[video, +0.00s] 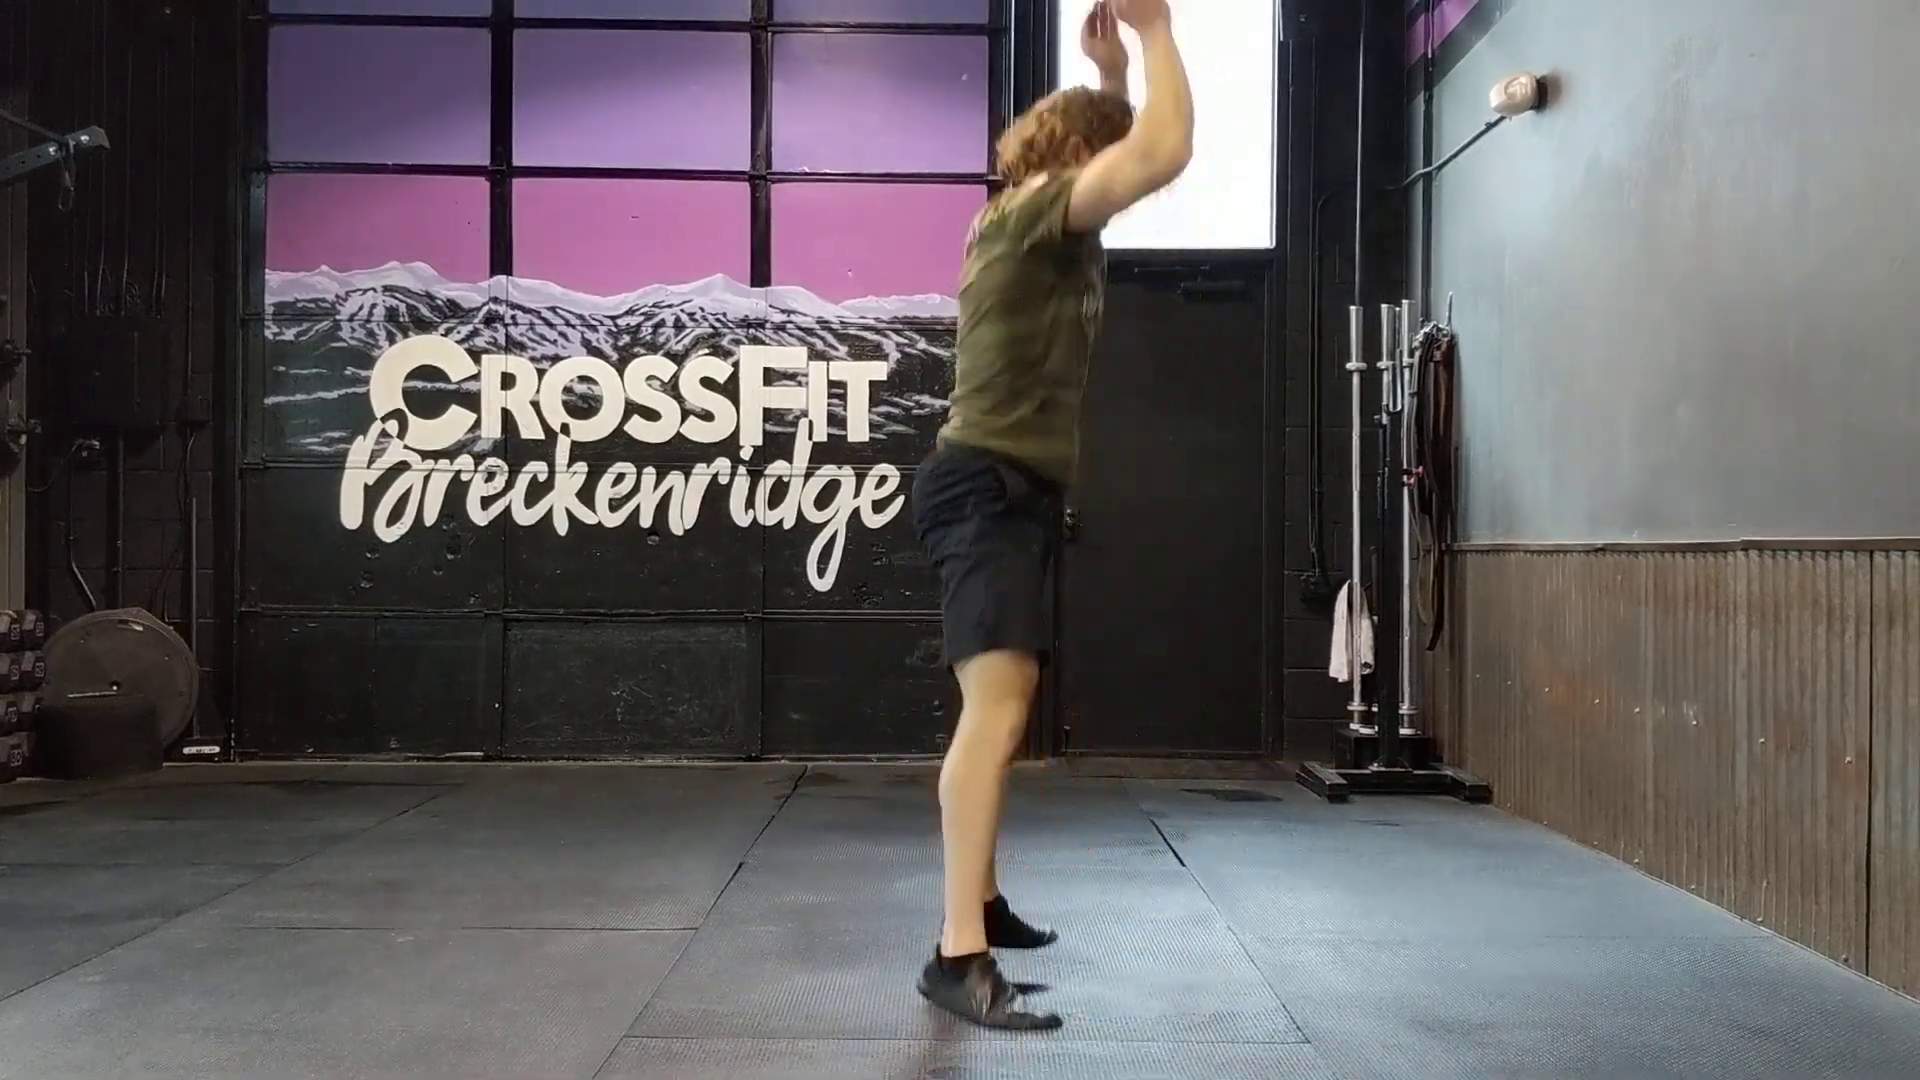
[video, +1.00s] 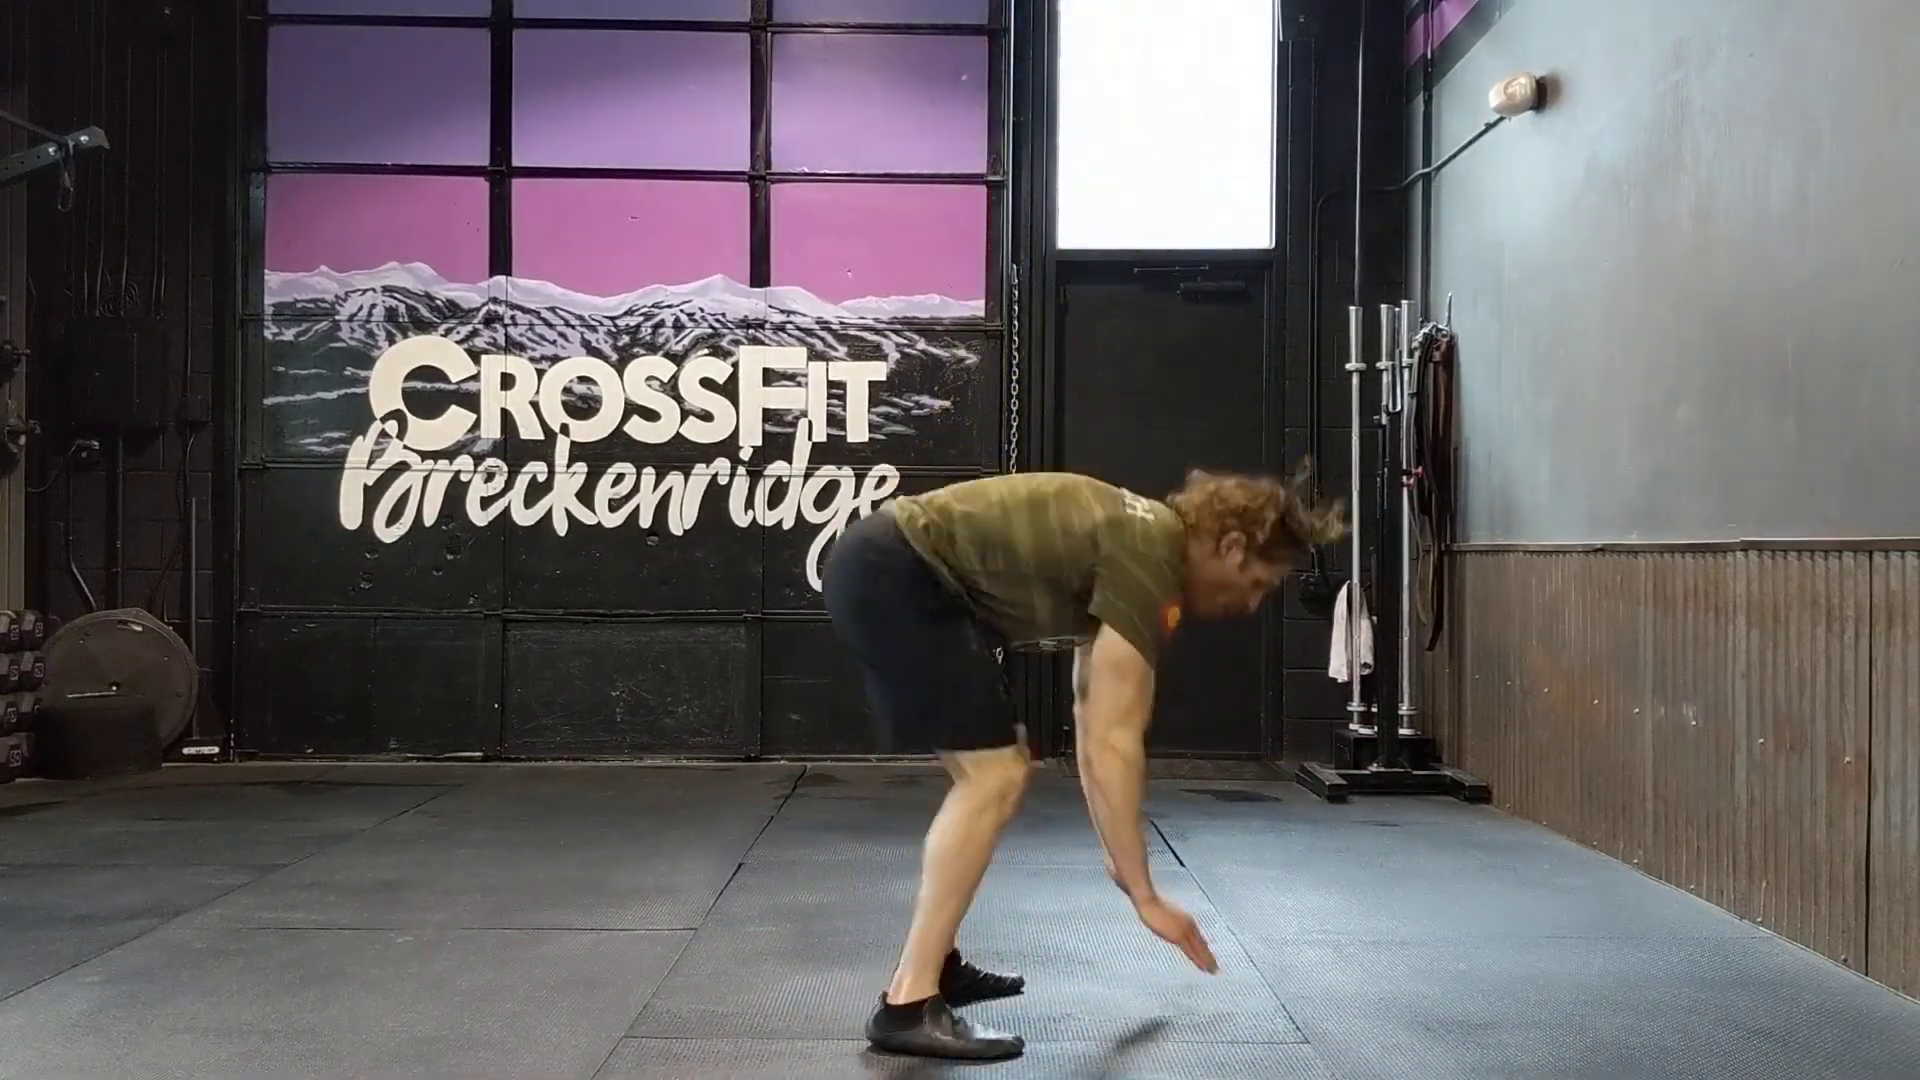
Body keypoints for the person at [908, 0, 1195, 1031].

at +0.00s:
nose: (1116, 181)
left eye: (1119, 162)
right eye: (1112, 161)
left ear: (1049, 150)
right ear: (1074, 156)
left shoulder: (1032, 219)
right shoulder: (1030, 216)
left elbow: (1099, 145)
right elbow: (1160, 152)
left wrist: (1110, 66)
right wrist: (1158, 30)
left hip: (1011, 490)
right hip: (985, 486)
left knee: (996, 709)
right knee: (994, 713)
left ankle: (974, 897)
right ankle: (957, 954)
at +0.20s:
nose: (1119, 77)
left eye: (1120, 58)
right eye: (1105, 57)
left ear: (1082, 68)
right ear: (1055, 61)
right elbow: (1094, 12)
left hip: (1032, 421)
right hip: (1000, 416)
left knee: (996, 649)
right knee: (988, 646)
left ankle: (946, 856)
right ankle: (933, 889)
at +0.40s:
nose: (1107, 210)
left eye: (1107, 190)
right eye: (1093, 191)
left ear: (1033, 171)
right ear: (1056, 185)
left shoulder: (1028, 262)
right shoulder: (1009, 258)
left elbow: (1073, 168)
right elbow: (1073, 170)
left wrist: (1099, 77)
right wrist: (1103, 70)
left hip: (1011, 533)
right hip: (991, 535)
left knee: (1014, 759)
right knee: (1014, 763)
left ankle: (940, 955)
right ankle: (911, 995)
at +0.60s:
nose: (1175, 271)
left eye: (1181, 253)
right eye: (1174, 248)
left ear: (1125, 225)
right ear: (1128, 223)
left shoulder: (1073, 301)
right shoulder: (1055, 293)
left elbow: (1032, 450)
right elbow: (1027, 442)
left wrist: (1081, 550)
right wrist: (1113, 562)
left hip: (975, 540)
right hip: (951, 533)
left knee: (982, 757)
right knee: (982, 759)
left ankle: (930, 955)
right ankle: (909, 997)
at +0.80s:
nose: (1245, 432)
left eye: (1255, 416)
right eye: (1248, 411)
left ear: (1208, 377)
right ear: (1210, 377)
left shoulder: (1122, 406)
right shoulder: (1115, 401)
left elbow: (1039, 574)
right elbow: (1040, 569)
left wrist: (1051, 706)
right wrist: (1073, 718)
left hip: (921, 550)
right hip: (906, 546)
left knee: (981, 765)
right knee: (981, 770)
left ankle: (929, 964)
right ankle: (906, 1002)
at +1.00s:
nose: (1254, 606)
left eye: (1266, 593)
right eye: (1261, 586)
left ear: (1224, 541)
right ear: (1228, 546)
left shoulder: (1143, 542)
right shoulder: (1145, 553)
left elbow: (1101, 726)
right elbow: (1110, 738)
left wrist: (1123, 865)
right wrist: (1145, 894)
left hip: (901, 566)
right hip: (892, 569)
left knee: (993, 768)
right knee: (994, 773)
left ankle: (934, 963)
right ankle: (906, 1004)